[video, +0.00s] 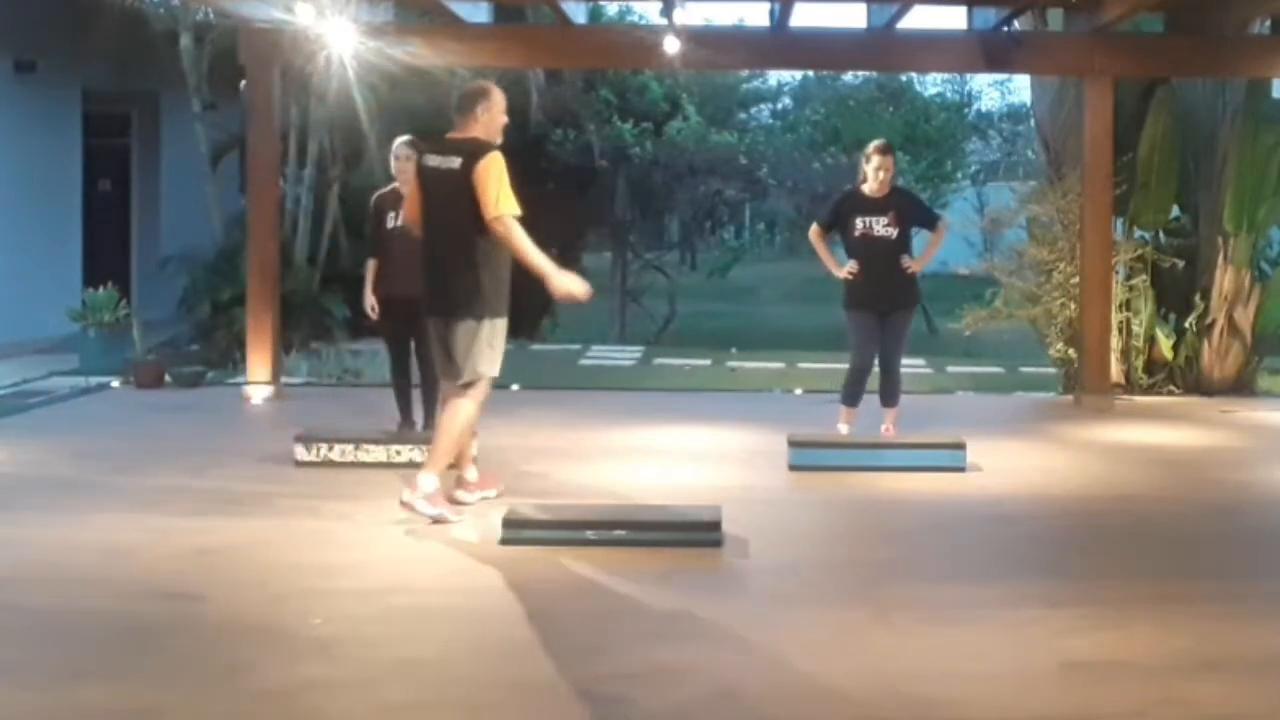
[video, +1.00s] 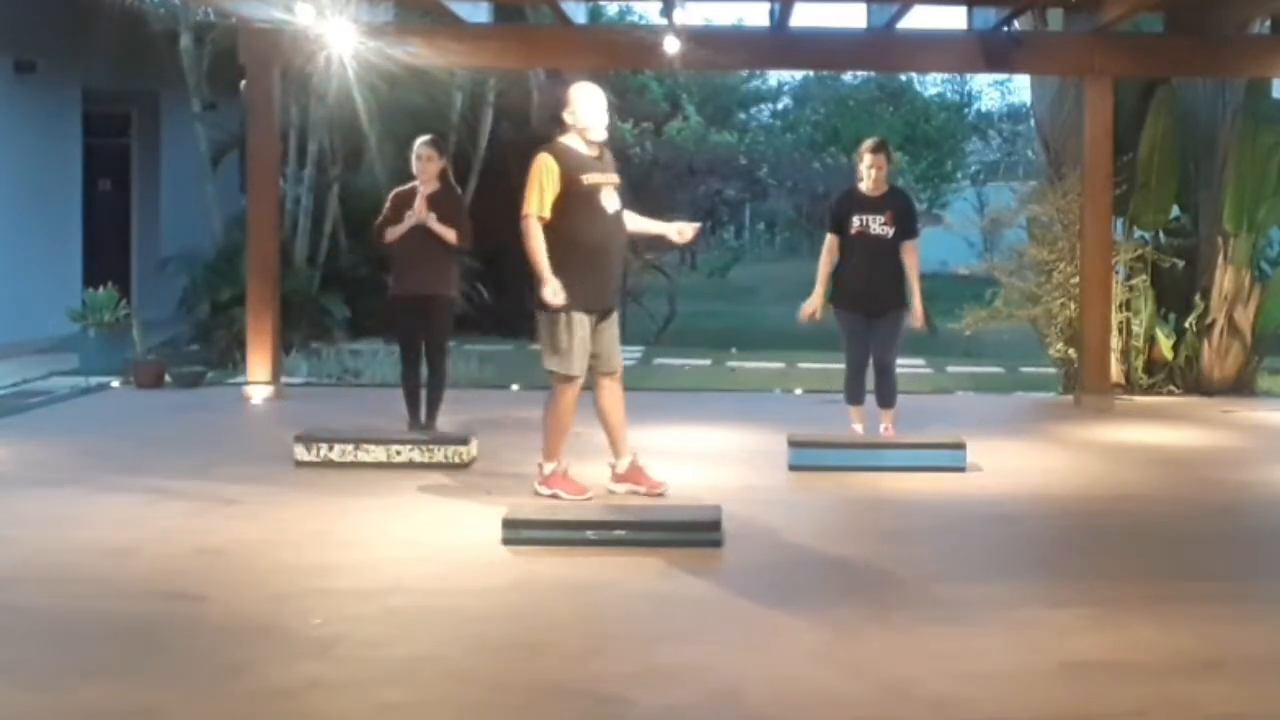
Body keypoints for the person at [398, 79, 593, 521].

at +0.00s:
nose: (506, 120)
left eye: (505, 112)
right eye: (502, 112)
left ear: (464, 113)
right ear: (483, 113)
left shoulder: (428, 154)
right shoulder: (487, 158)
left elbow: (411, 219)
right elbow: (502, 222)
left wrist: (449, 236)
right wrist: (553, 274)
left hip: (438, 290)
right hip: (479, 296)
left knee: (454, 385)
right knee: (474, 387)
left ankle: (464, 475)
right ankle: (426, 484)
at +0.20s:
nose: (527, 117)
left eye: (526, 109)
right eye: (521, 109)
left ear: (489, 111)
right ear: (497, 111)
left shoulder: (458, 151)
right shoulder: (498, 155)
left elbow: (444, 206)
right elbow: (492, 218)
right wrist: (515, 284)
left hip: (460, 285)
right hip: (499, 285)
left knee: (464, 375)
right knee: (537, 365)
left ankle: (465, 480)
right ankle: (484, 449)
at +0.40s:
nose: (551, 120)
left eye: (550, 112)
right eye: (544, 112)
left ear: (517, 117)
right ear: (518, 116)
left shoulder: (494, 156)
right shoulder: (515, 158)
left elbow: (478, 220)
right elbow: (501, 216)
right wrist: (541, 271)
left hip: (490, 288)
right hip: (522, 289)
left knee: (484, 374)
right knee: (549, 371)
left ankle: (469, 474)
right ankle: (550, 466)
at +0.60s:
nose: (571, 122)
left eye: (570, 114)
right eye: (563, 114)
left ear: (541, 120)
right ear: (538, 119)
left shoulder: (536, 159)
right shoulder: (532, 162)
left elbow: (536, 223)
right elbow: (528, 220)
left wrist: (580, 257)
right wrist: (578, 258)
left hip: (538, 291)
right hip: (547, 293)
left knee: (545, 378)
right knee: (561, 375)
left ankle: (497, 442)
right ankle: (552, 468)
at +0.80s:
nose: (586, 118)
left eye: (586, 109)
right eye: (578, 109)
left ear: (573, 114)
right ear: (553, 112)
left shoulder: (570, 159)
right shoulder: (540, 159)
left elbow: (581, 224)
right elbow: (535, 220)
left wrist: (618, 249)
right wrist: (578, 261)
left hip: (585, 286)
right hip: (555, 290)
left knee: (606, 361)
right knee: (563, 374)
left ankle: (573, 446)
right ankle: (548, 468)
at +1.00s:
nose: (601, 117)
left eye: (603, 109)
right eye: (591, 109)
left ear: (606, 113)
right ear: (569, 114)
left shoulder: (603, 159)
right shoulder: (550, 159)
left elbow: (613, 217)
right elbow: (531, 221)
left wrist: (666, 228)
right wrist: (547, 278)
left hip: (605, 291)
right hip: (567, 291)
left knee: (610, 375)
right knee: (569, 379)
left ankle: (623, 464)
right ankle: (551, 469)